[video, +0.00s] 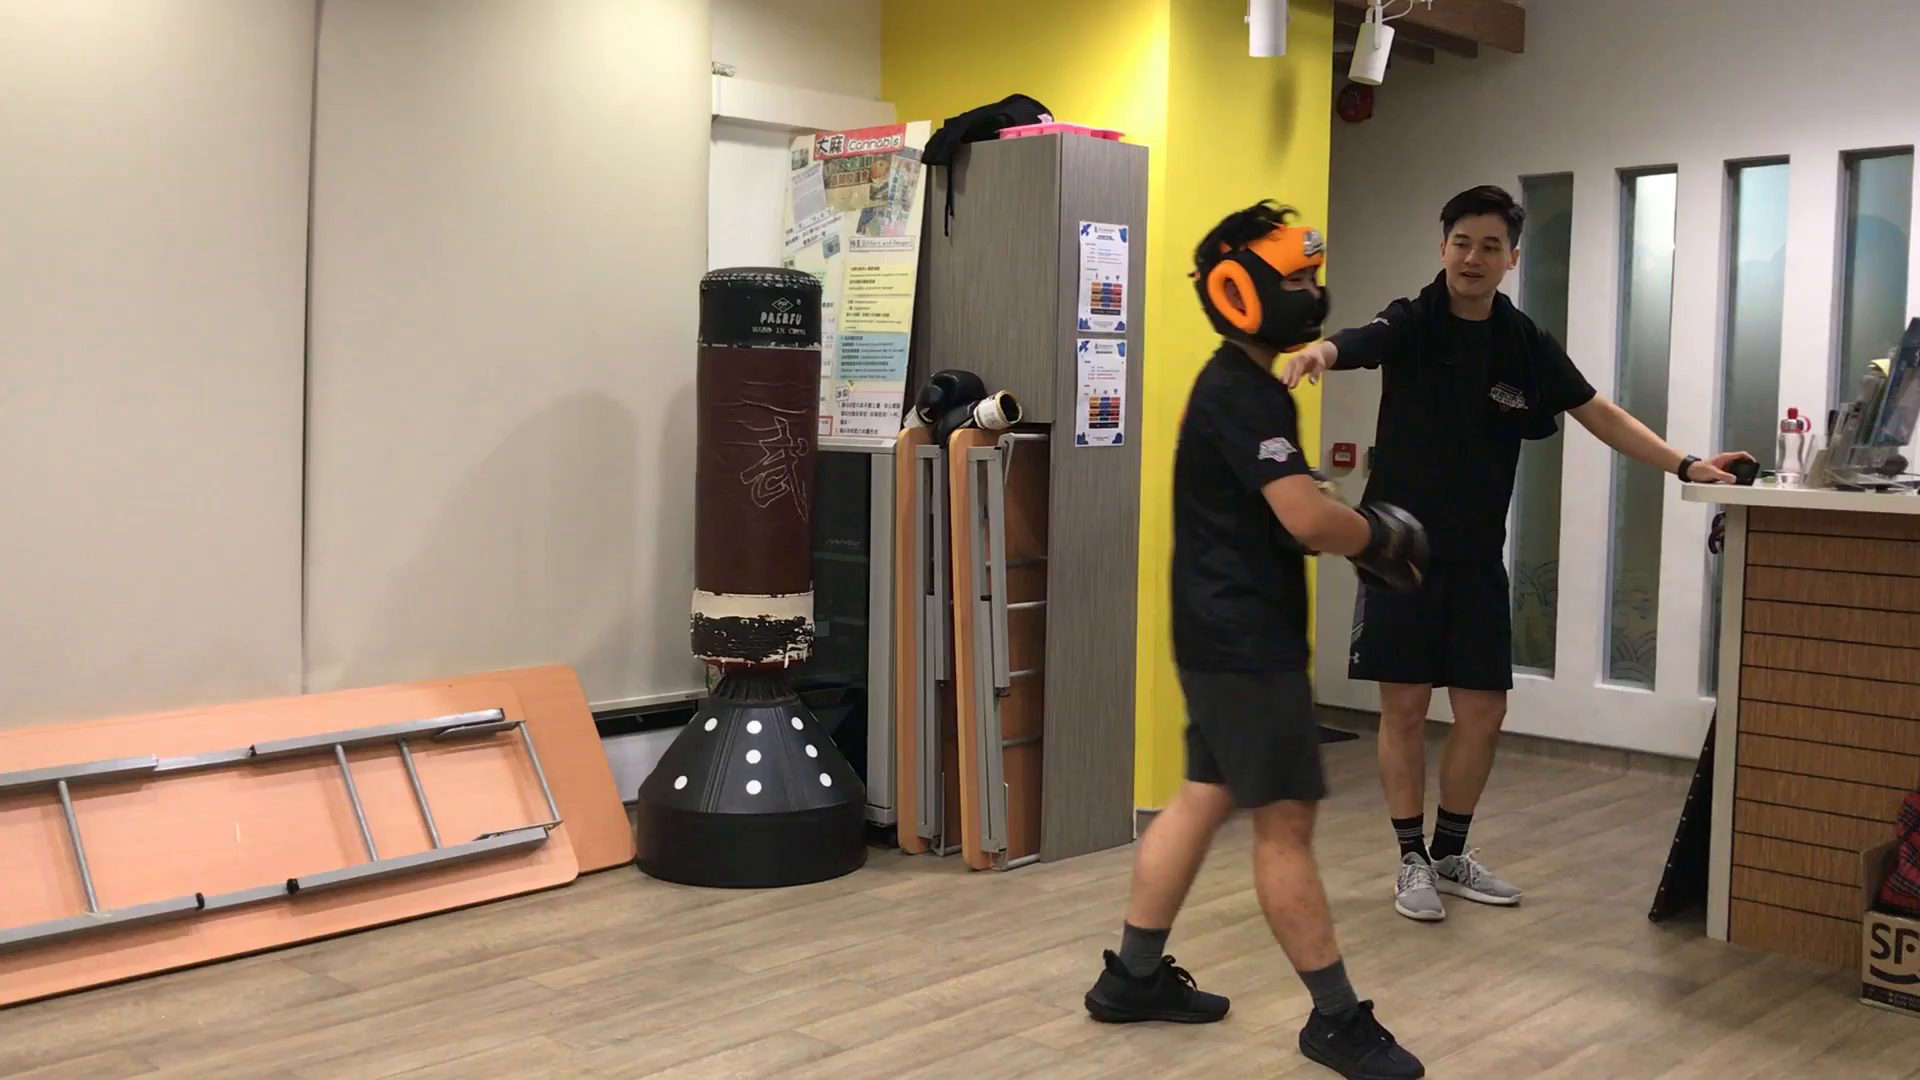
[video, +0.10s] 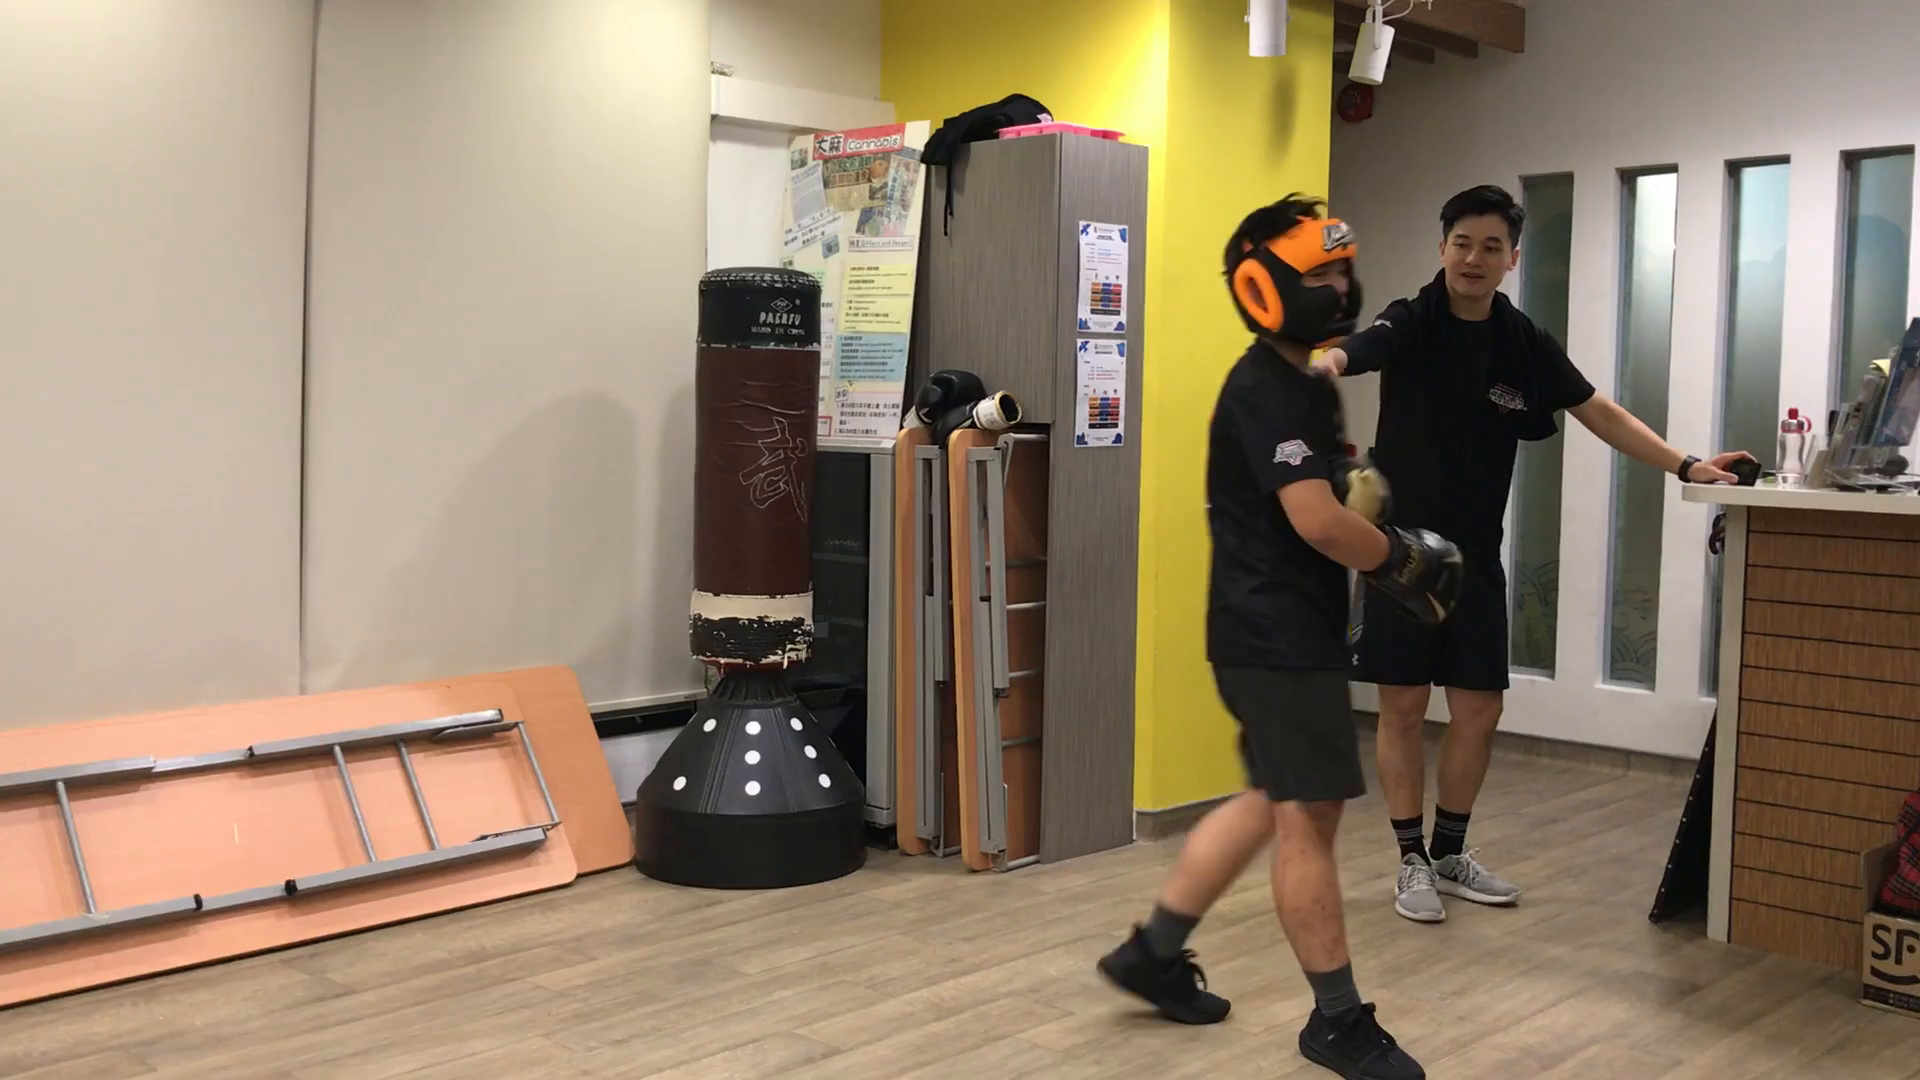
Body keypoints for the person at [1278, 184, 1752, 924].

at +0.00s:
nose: (1474, 257)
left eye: (1491, 246)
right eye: (1463, 243)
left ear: (1512, 258)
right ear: (1442, 248)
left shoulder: (1526, 342)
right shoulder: (1412, 321)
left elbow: (1602, 416)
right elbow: (1349, 347)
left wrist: (1684, 463)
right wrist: (1316, 356)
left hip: (1477, 550)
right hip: (1400, 544)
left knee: (1483, 706)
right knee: (1405, 704)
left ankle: (1450, 854)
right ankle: (1412, 861)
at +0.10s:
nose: (1474, 259)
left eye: (1490, 248)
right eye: (1462, 244)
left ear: (1511, 258)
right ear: (1441, 248)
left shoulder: (1524, 342)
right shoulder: (1410, 322)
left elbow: (1600, 414)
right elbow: (1343, 354)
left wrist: (1684, 464)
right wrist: (1319, 362)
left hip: (1477, 548)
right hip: (1397, 544)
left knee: (1478, 708)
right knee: (1402, 705)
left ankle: (1449, 855)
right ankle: (1413, 863)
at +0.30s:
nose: (1475, 260)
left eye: (1491, 248)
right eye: (1462, 245)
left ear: (1511, 258)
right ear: (1440, 248)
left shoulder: (1522, 341)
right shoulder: (1399, 330)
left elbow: (1598, 412)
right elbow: (1352, 423)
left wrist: (1684, 464)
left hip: (1473, 544)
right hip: (1391, 542)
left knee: (1478, 699)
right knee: (1405, 696)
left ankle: (1425, 830)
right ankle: (1408, 850)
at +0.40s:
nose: (1474, 258)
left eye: (1489, 246)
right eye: (1461, 243)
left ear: (1509, 256)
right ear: (1437, 247)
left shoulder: (1523, 341)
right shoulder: (1403, 322)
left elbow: (1604, 415)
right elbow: (1356, 418)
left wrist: (1686, 464)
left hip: (1472, 544)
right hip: (1389, 536)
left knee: (1476, 700)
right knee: (1401, 684)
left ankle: (1431, 848)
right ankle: (1402, 827)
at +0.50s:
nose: (1478, 259)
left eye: (1491, 245)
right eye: (1465, 246)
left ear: (1509, 253)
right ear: (1436, 253)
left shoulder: (1524, 340)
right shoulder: (1408, 337)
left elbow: (1603, 414)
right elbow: (1362, 432)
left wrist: (1685, 463)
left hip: (1475, 550)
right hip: (1392, 550)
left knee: (1467, 697)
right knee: (1400, 694)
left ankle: (1466, 832)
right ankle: (1405, 841)